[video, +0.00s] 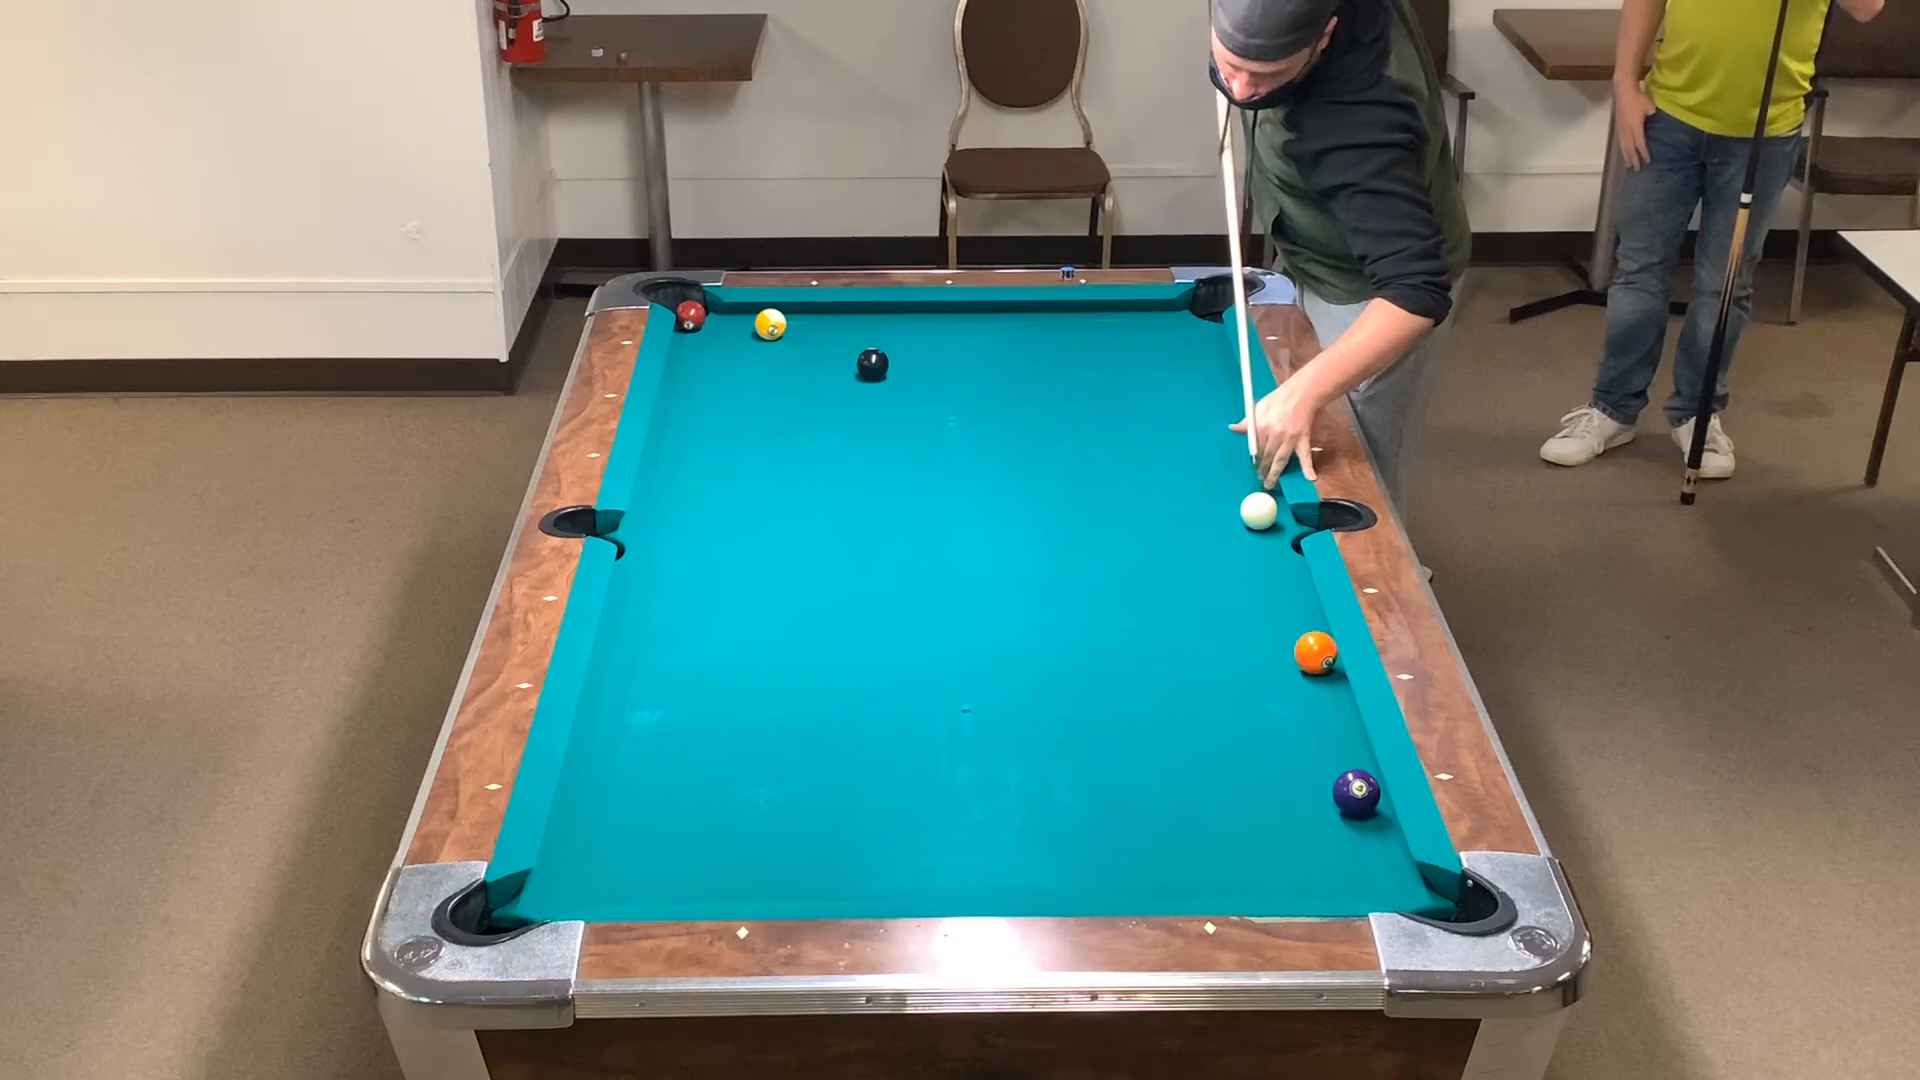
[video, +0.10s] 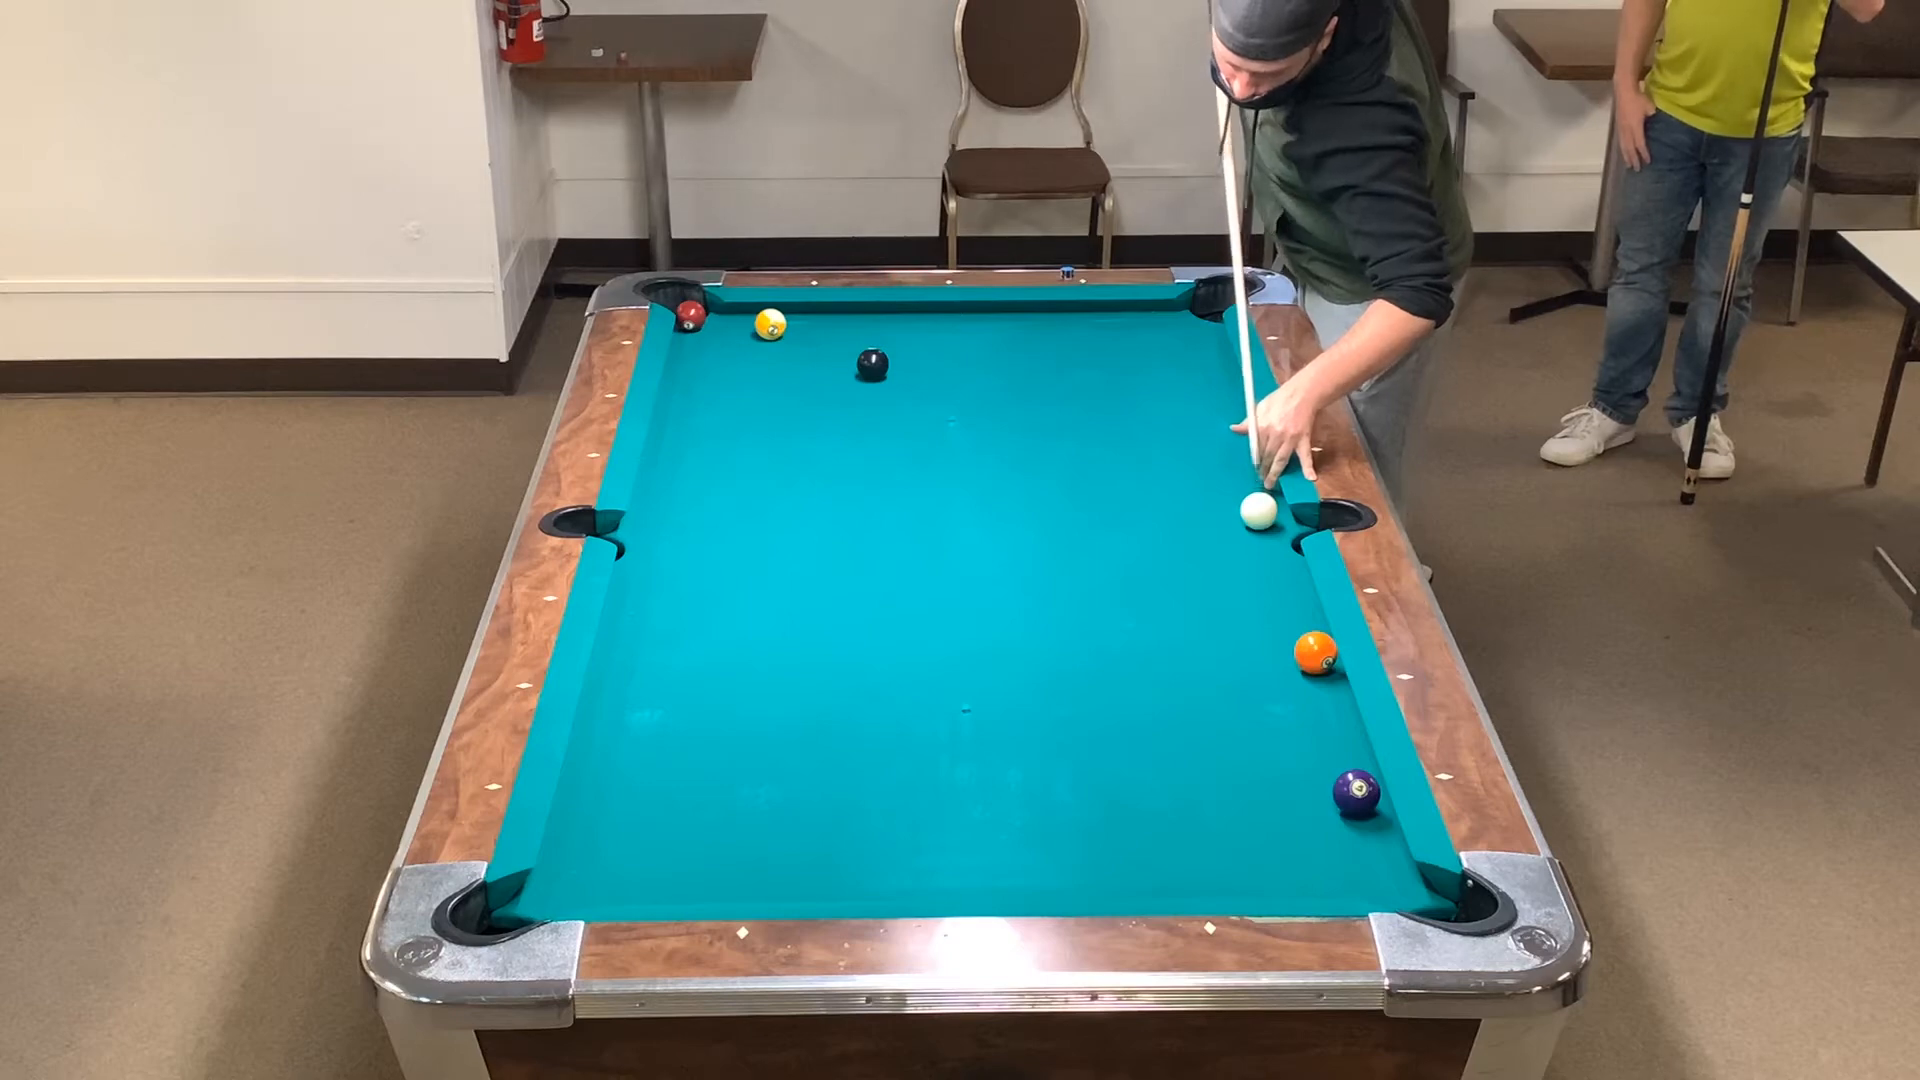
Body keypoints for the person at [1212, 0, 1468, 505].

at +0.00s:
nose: (1240, 89)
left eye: (1269, 76)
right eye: (1228, 64)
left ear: (1325, 33)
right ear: (1218, 14)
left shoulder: (1355, 113)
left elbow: (1420, 290)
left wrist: (1305, 391)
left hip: (1368, 286)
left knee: (1357, 465)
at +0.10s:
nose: (1241, 88)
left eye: (1270, 75)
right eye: (1230, 63)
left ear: (1325, 33)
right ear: (1217, 14)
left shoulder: (1357, 114)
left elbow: (1421, 293)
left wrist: (1303, 394)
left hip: (1370, 288)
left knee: (1357, 464)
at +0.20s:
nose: (1245, 87)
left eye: (1272, 70)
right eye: (1229, 60)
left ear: (1328, 28)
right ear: (1206, 10)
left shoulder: (1362, 112)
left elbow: (1422, 295)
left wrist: (1307, 392)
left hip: (1370, 286)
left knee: (1358, 464)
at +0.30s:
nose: (1246, 78)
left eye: (1273, 62)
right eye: (1233, 55)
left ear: (1329, 21)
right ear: (1213, 9)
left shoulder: (1369, 105)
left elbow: (1422, 291)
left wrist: (1305, 393)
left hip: (1375, 290)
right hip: (1310, 259)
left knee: (1362, 460)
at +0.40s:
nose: (1251, 64)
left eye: (1278, 49)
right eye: (1237, 41)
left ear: (1330, 13)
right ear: (1217, 8)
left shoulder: (1369, 99)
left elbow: (1418, 285)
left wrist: (1305, 392)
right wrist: (1215, 5)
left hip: (1375, 288)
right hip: (1310, 258)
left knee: (1362, 468)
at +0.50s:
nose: (1254, 54)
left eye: (1281, 37)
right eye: (1240, 29)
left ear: (1330, 9)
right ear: (1224, 3)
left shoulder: (1369, 91)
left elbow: (1417, 280)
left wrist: (1305, 391)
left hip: (1372, 290)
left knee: (1360, 468)